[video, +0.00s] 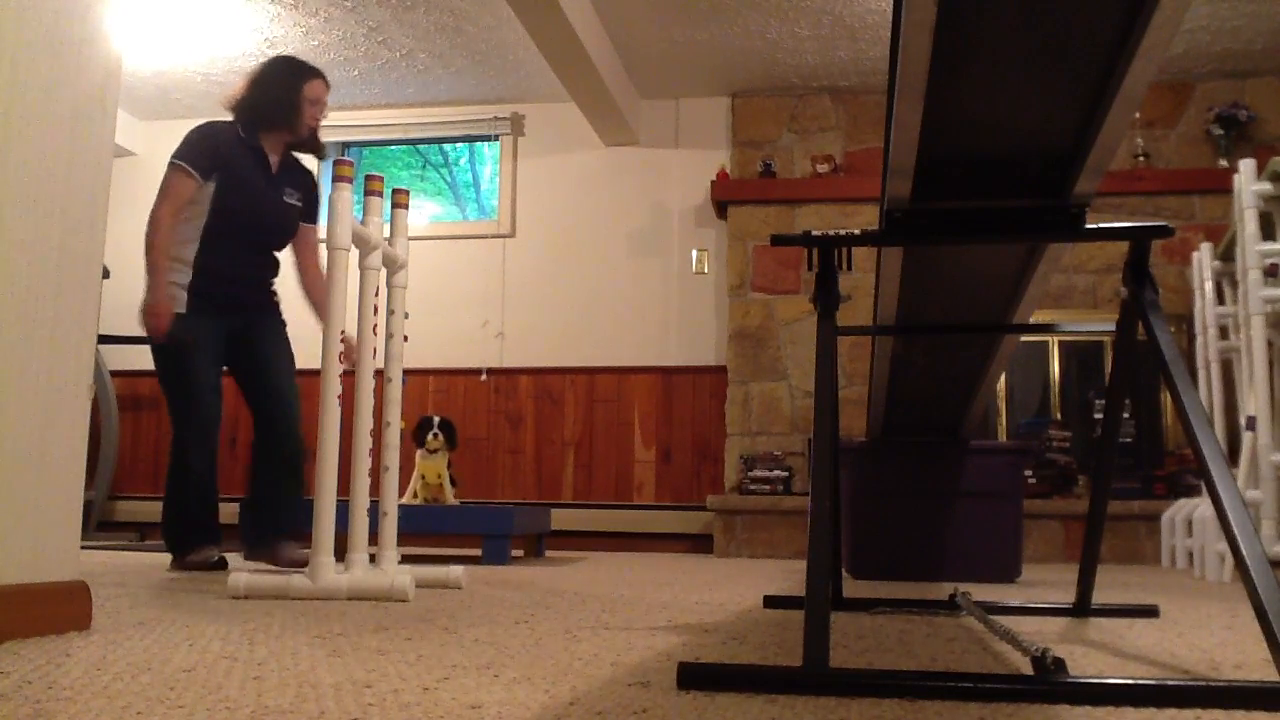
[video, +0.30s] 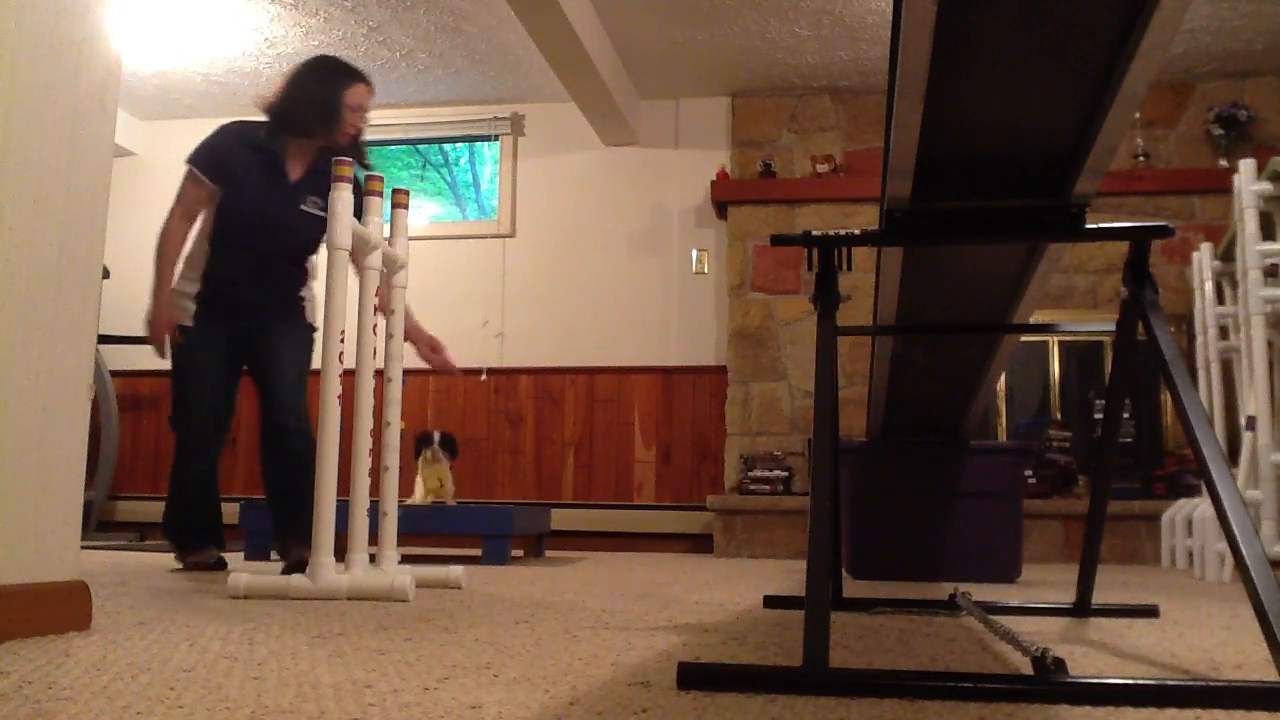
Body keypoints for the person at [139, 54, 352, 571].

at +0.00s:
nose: (322, 114)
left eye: (324, 105)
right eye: (314, 103)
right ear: (282, 101)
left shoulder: (299, 180)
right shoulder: (213, 141)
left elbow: (310, 265)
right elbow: (164, 214)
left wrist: (337, 329)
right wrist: (157, 290)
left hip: (255, 308)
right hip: (189, 304)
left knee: (281, 419)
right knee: (198, 423)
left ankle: (268, 536)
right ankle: (194, 542)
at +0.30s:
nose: (362, 125)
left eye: (365, 114)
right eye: (355, 112)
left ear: (340, 115)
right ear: (320, 106)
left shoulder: (340, 175)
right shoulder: (236, 143)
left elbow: (370, 268)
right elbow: (182, 215)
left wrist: (417, 334)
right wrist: (161, 296)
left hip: (282, 313)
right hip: (210, 308)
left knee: (288, 423)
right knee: (201, 428)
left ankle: (298, 546)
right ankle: (197, 542)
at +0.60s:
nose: (407, 120)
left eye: (410, 109)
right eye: (399, 107)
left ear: (373, 109)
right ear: (361, 102)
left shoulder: (377, 175)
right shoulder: (266, 133)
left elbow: (414, 264)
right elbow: (210, 209)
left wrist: (462, 332)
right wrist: (202, 293)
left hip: (304, 301)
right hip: (233, 293)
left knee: (307, 417)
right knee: (212, 415)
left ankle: (292, 543)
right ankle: (204, 537)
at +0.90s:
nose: (393, 101)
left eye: (397, 92)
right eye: (384, 87)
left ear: (394, 95)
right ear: (346, 79)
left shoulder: (375, 157)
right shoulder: (258, 122)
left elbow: (415, 232)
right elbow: (205, 206)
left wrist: (460, 253)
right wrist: (204, 292)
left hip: (307, 293)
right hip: (238, 283)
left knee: (303, 414)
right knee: (211, 408)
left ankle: (288, 543)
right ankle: (188, 531)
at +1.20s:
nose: (323, 97)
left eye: (333, 89)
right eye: (314, 83)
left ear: (338, 98)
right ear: (282, 80)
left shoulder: (317, 158)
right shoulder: (209, 134)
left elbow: (343, 250)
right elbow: (172, 228)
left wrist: (393, 298)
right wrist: (178, 312)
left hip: (276, 301)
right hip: (207, 296)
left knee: (284, 419)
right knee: (173, 417)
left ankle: (292, 544)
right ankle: (134, 542)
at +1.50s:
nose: (304, 139)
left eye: (314, 131)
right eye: (296, 123)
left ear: (319, 139)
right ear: (263, 115)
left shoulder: (305, 198)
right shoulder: (196, 163)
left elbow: (299, 284)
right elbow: (156, 251)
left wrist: (310, 351)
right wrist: (154, 334)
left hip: (248, 315)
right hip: (180, 310)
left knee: (274, 415)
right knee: (152, 421)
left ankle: (297, 538)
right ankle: (130, 547)